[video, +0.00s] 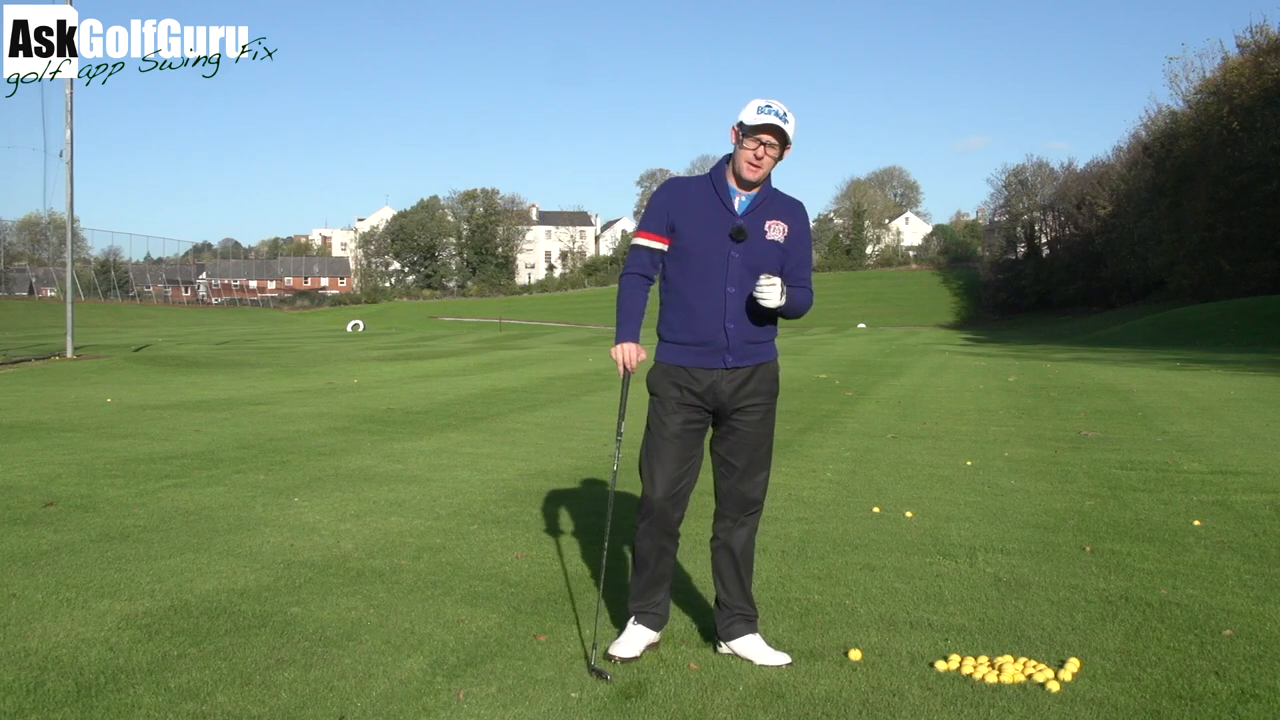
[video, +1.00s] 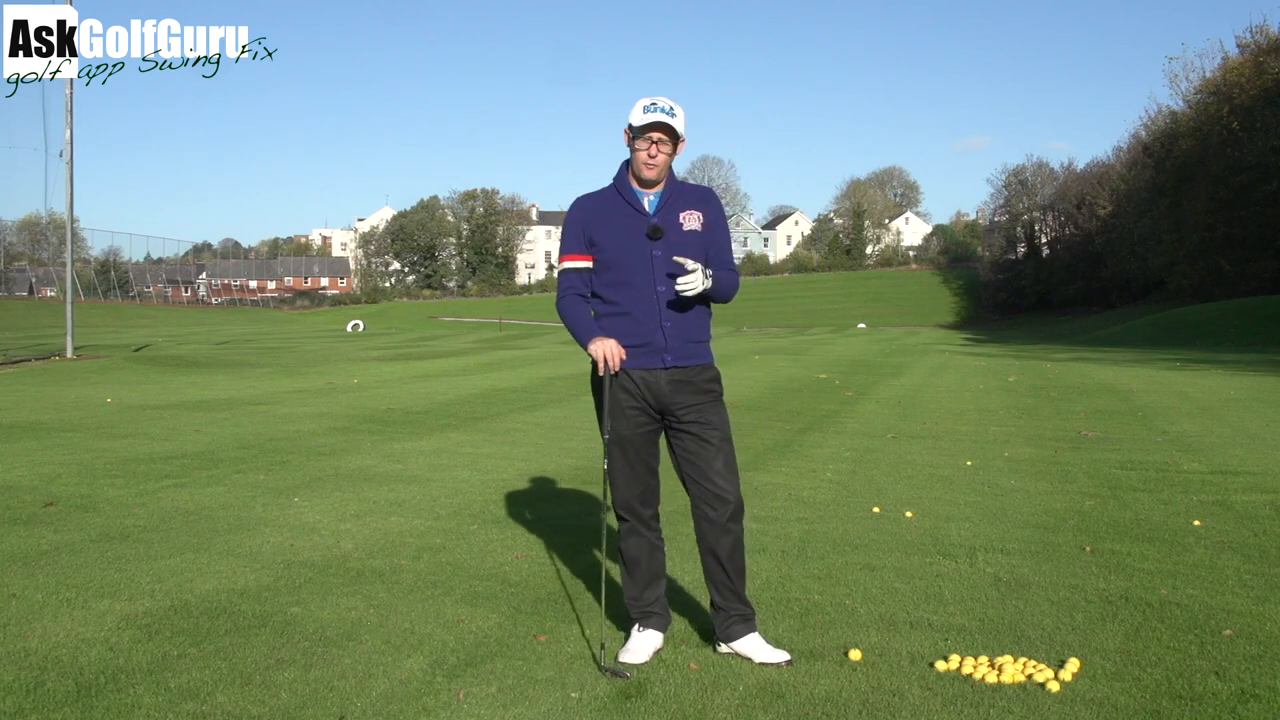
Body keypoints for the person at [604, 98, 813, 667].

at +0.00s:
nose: (762, 151)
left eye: (773, 145)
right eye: (755, 139)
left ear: (781, 155)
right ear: (735, 138)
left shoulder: (789, 213)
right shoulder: (676, 195)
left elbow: (802, 297)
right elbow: (638, 269)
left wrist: (784, 295)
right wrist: (628, 335)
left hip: (753, 378)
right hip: (680, 373)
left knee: (741, 507)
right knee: (660, 502)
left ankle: (735, 626)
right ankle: (645, 618)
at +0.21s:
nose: (748, 151)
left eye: (759, 145)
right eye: (741, 139)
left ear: (767, 154)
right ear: (721, 137)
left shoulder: (776, 212)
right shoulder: (661, 197)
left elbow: (791, 296)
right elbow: (619, 270)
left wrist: (774, 293)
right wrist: (608, 331)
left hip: (742, 377)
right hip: (669, 373)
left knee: (736, 506)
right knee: (655, 504)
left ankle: (736, 627)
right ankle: (649, 621)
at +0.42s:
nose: (718, 143)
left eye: (729, 136)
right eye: (711, 132)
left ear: (740, 145)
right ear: (692, 135)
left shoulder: (756, 205)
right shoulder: (642, 199)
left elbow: (777, 285)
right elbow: (601, 275)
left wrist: (757, 285)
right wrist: (611, 319)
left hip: (730, 374)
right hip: (655, 372)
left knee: (728, 506)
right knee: (652, 506)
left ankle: (734, 628)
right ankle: (649, 622)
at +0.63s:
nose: (690, 145)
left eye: (700, 137)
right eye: (681, 135)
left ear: (712, 145)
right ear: (664, 138)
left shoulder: (733, 202)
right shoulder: (618, 204)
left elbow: (757, 289)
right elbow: (594, 286)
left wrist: (734, 271)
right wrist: (610, 334)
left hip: (718, 375)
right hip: (646, 377)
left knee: (724, 506)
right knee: (649, 508)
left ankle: (734, 627)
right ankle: (649, 622)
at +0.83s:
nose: (667, 147)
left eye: (678, 139)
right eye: (659, 137)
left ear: (690, 147)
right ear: (641, 141)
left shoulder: (712, 204)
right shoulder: (598, 210)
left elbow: (740, 287)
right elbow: (576, 295)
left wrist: (717, 272)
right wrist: (602, 337)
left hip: (701, 379)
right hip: (631, 380)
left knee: (731, 501)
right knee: (637, 507)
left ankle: (735, 626)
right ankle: (649, 621)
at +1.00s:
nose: (654, 146)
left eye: (664, 138)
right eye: (646, 137)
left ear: (678, 147)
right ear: (629, 142)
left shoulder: (703, 204)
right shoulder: (588, 210)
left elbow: (729, 283)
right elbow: (570, 293)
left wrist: (710, 280)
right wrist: (591, 336)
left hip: (694, 376)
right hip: (624, 379)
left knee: (721, 501)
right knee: (634, 507)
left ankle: (734, 626)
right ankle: (649, 621)